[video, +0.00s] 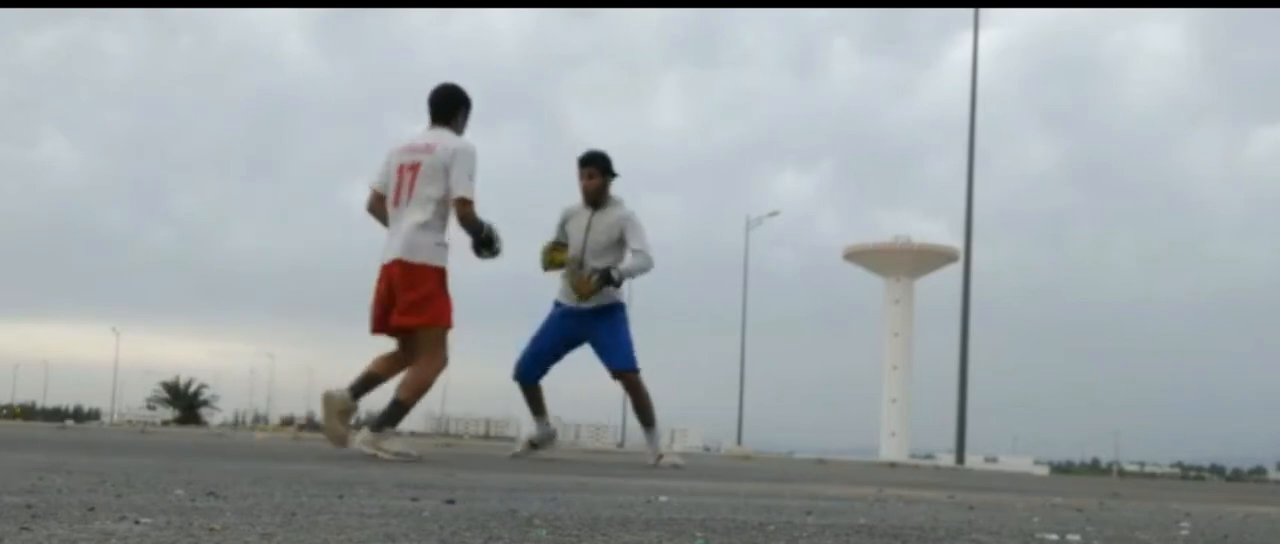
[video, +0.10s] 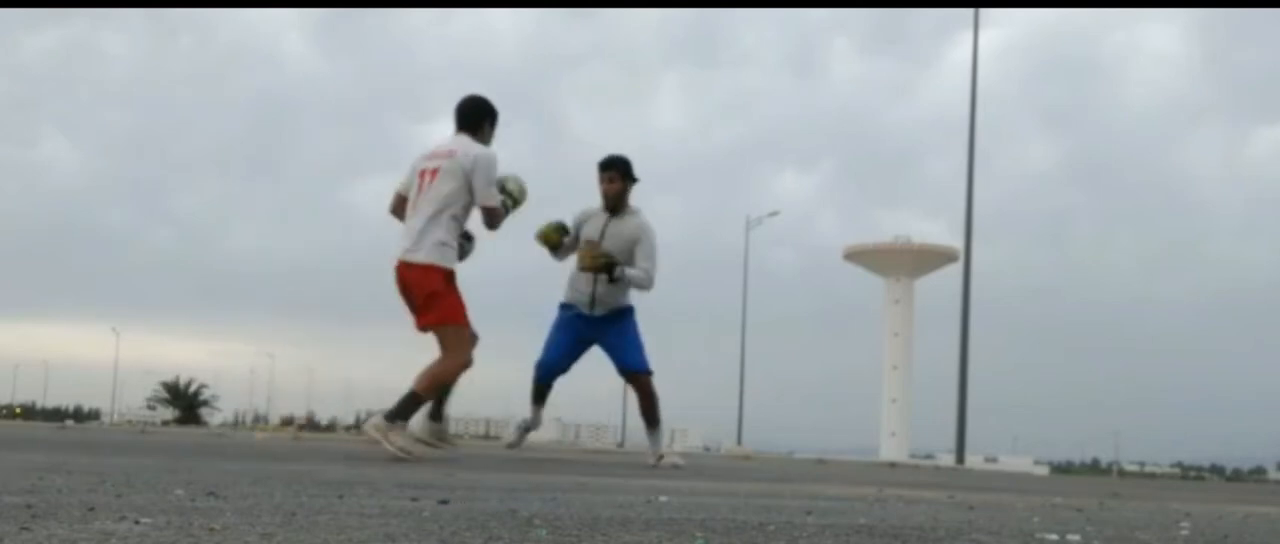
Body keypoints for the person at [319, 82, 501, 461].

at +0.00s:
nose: (467, 121)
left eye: (466, 115)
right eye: (467, 115)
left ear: (430, 113)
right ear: (461, 114)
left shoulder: (402, 149)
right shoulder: (459, 148)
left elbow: (375, 204)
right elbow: (464, 209)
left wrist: (407, 229)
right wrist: (482, 234)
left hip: (393, 262)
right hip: (424, 265)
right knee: (433, 358)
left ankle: (347, 398)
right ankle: (379, 431)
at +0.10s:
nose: (492, 133)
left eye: (492, 127)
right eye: (492, 126)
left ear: (458, 122)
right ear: (486, 125)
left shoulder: (430, 156)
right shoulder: (480, 156)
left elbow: (399, 207)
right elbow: (492, 220)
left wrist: (449, 231)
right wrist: (508, 202)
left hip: (410, 265)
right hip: (433, 267)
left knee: (462, 341)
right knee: (458, 354)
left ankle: (434, 422)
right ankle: (392, 421)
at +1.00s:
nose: (417, 96)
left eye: (417, 87)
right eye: (413, 87)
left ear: (392, 87)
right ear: (394, 85)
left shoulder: (392, 139)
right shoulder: (354, 121)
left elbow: (392, 193)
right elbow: (361, 182)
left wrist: (434, 201)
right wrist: (405, 180)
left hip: (370, 256)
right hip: (335, 248)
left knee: (416, 345)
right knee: (324, 340)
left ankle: (424, 441)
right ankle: (270, 431)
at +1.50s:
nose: (425, 58)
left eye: (425, 50)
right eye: (421, 48)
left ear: (401, 49)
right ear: (399, 47)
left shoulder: (406, 100)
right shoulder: (360, 83)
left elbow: (401, 146)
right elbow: (396, 138)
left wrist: (449, 128)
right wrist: (443, 125)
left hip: (400, 226)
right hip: (360, 223)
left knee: (450, 315)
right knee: (335, 321)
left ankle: (422, 416)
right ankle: (284, 417)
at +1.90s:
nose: (524, 95)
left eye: (523, 87)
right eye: (520, 86)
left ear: (500, 87)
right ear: (500, 86)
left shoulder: (501, 138)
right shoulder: (460, 128)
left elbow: (489, 202)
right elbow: (463, 194)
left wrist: (509, 246)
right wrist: (519, 198)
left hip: (497, 263)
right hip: (462, 262)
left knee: (535, 349)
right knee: (432, 347)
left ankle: (524, 445)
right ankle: (357, 423)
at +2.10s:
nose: (559, 91)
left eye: (560, 82)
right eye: (557, 81)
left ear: (538, 79)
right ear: (537, 78)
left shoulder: (537, 130)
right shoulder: (496, 113)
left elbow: (521, 189)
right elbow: (487, 175)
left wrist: (548, 235)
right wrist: (539, 188)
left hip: (531, 244)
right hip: (496, 241)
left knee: (566, 336)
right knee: (504, 337)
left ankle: (541, 433)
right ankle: (465, 433)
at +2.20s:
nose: (573, 104)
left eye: (573, 95)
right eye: (570, 94)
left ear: (550, 92)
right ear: (552, 92)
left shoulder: (546, 146)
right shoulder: (510, 130)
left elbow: (532, 207)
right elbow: (504, 193)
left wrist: (561, 247)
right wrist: (558, 203)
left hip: (543, 256)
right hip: (509, 255)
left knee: (593, 339)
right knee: (516, 350)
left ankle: (569, 434)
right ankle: (468, 439)